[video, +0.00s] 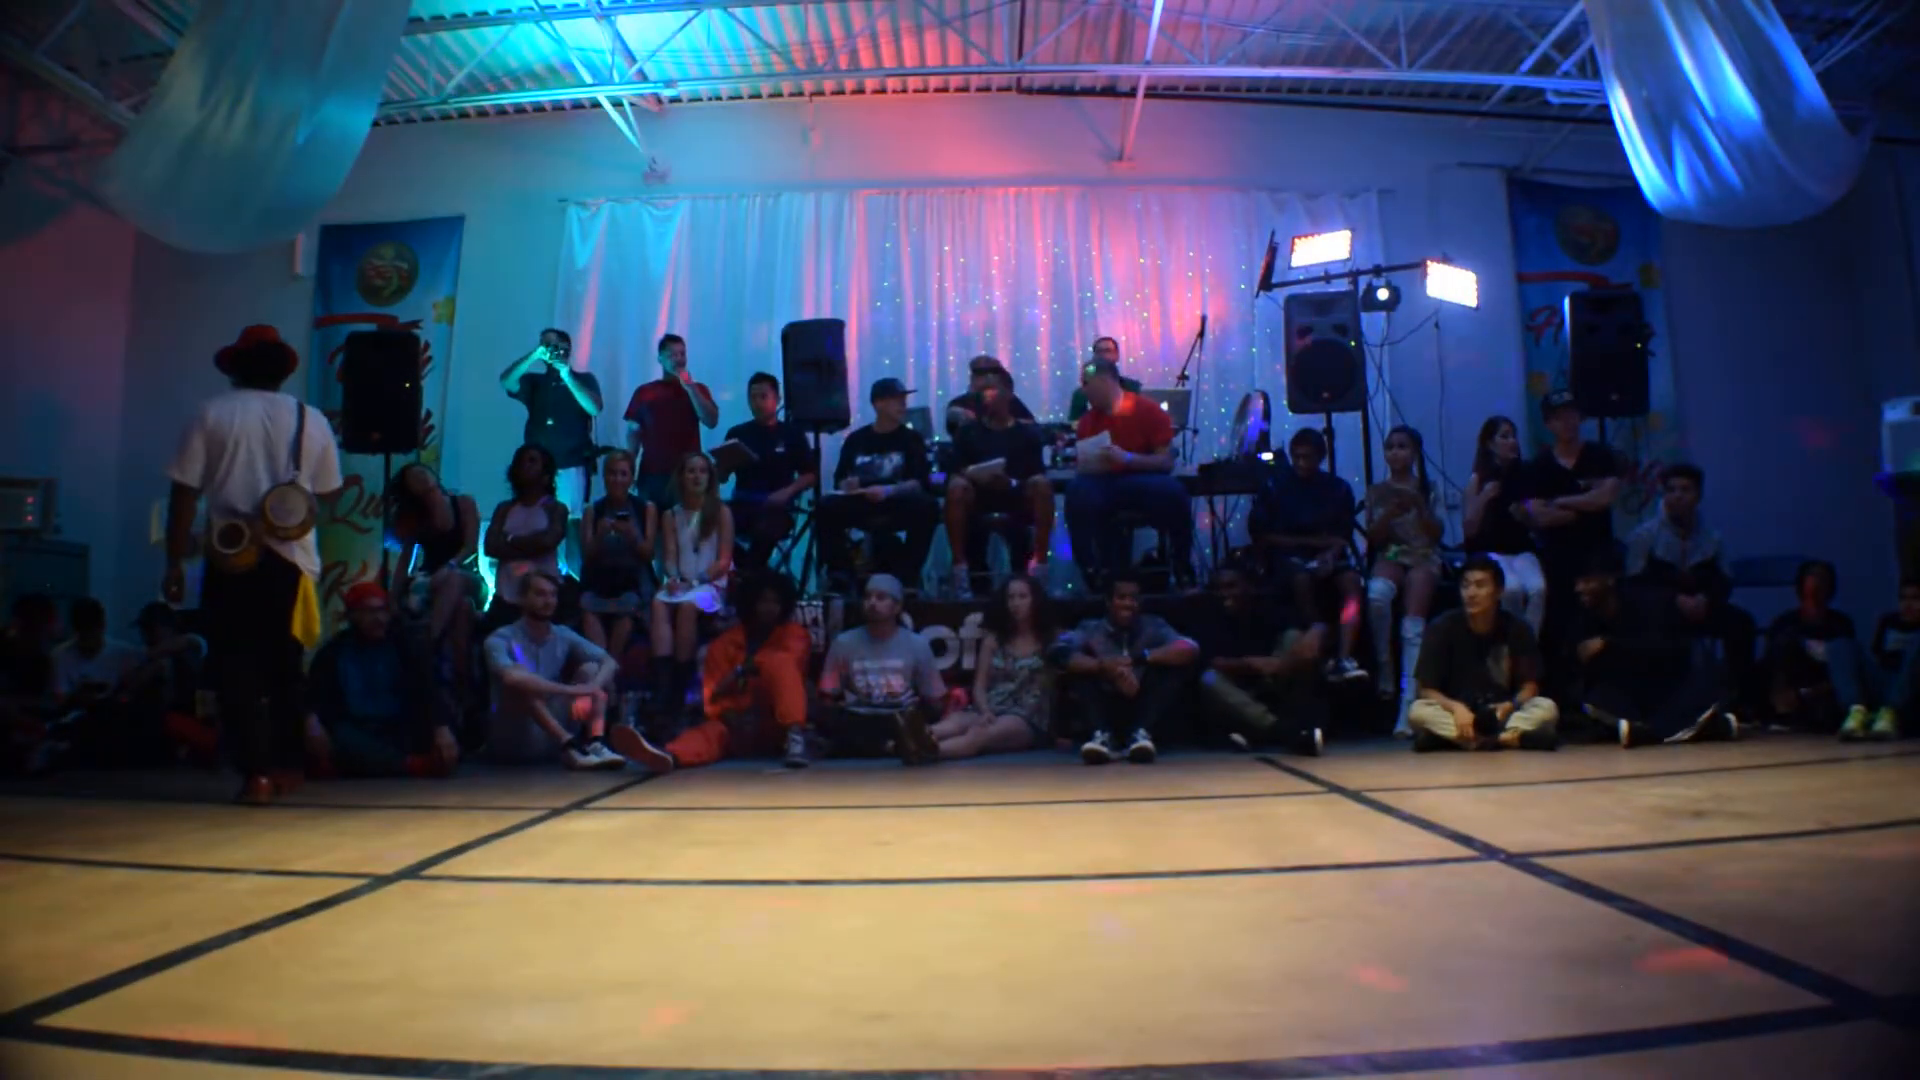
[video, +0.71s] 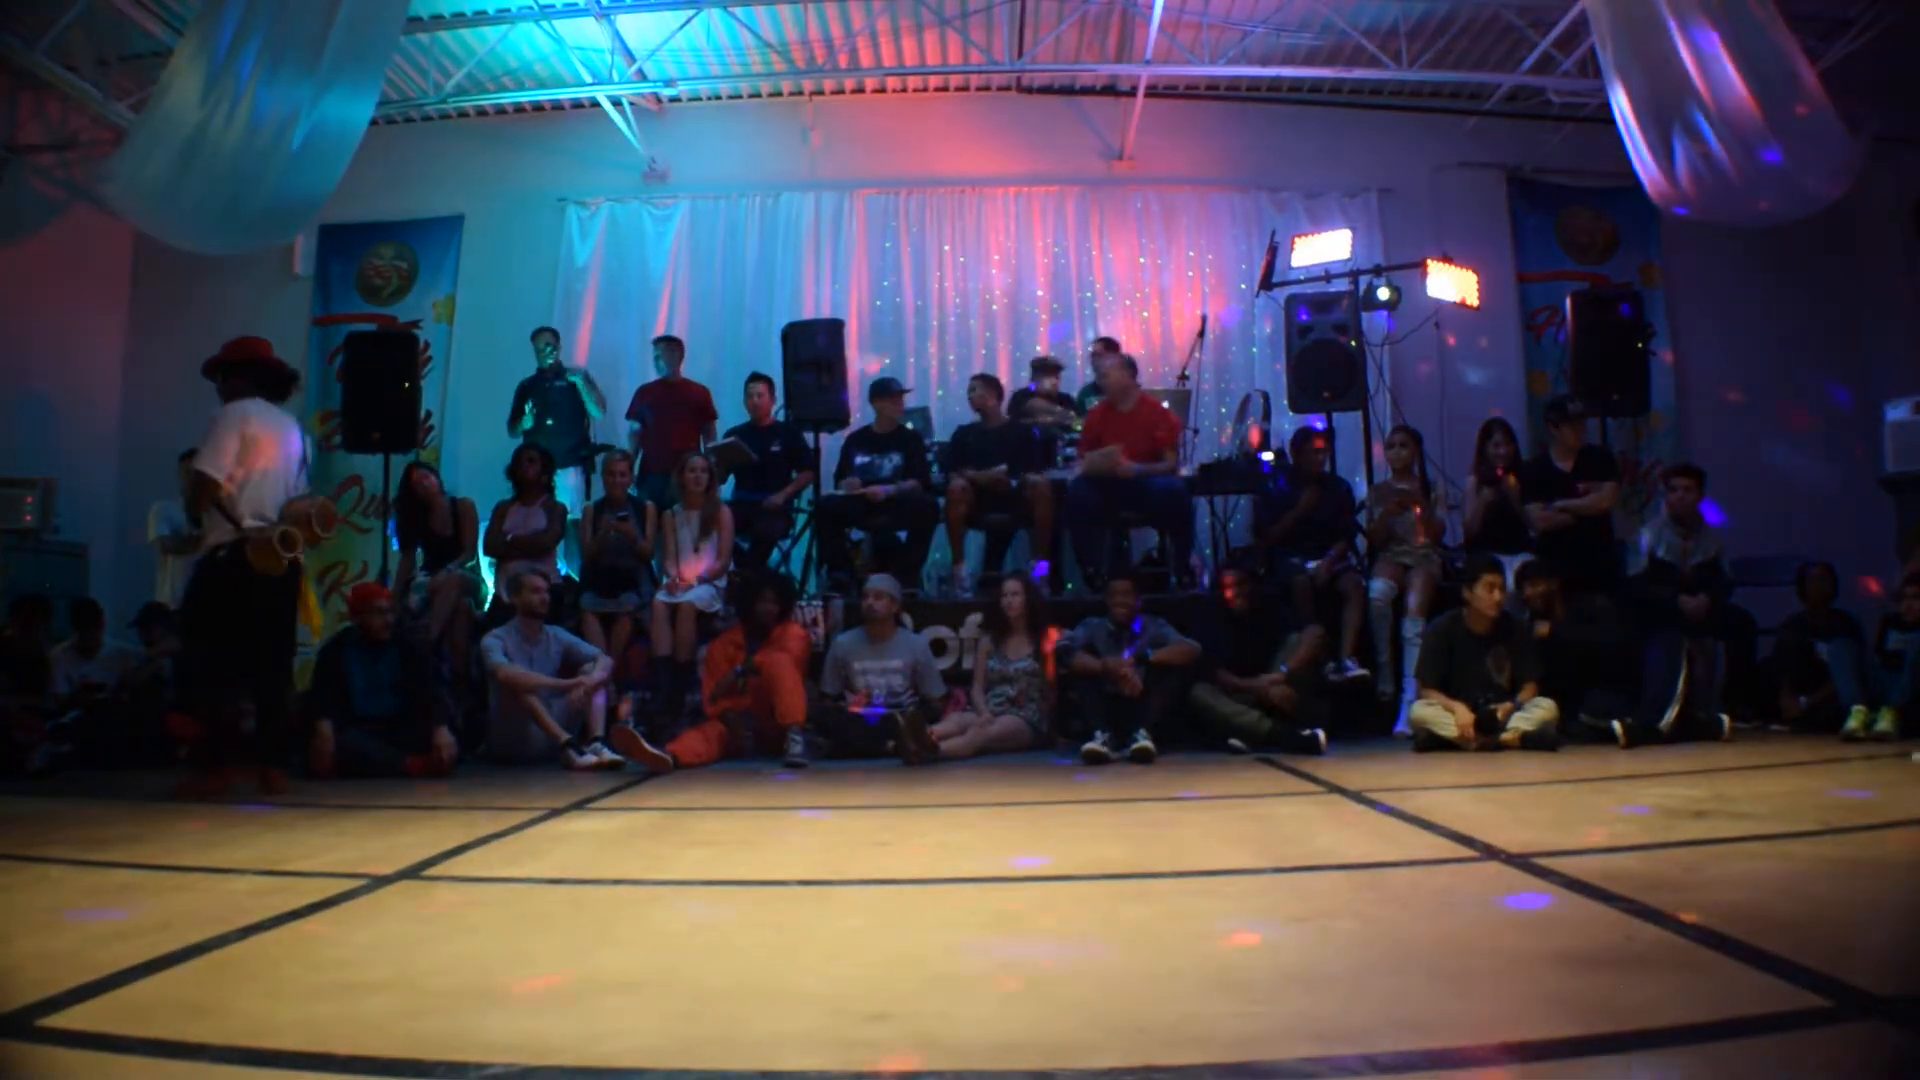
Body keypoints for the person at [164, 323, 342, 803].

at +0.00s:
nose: (234, 373)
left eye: (235, 366)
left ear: (234, 369)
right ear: (283, 371)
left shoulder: (214, 415)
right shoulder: (310, 420)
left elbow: (184, 495)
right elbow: (330, 493)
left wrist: (174, 564)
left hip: (229, 565)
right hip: (289, 566)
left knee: (234, 668)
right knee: (284, 666)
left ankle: (254, 772)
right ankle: (285, 766)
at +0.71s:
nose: (219, 386)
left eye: (222, 378)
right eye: (219, 379)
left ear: (235, 378)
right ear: (270, 379)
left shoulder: (234, 416)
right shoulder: (292, 429)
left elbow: (205, 483)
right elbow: (297, 498)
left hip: (232, 561)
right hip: (278, 562)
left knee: (211, 660)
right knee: (272, 668)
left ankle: (214, 764)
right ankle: (272, 765)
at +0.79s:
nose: (210, 388)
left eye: (215, 379)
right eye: (211, 379)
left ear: (232, 378)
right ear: (261, 379)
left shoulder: (235, 416)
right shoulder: (284, 430)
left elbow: (207, 484)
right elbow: (282, 500)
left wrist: (242, 522)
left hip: (225, 564)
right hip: (268, 564)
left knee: (205, 665)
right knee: (269, 670)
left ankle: (207, 767)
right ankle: (273, 768)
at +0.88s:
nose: (204, 389)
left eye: (209, 380)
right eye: (204, 380)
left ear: (228, 380)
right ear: (251, 381)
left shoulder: (233, 418)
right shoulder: (271, 428)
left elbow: (207, 485)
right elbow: (270, 498)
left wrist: (178, 498)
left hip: (221, 564)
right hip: (259, 563)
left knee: (205, 667)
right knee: (265, 667)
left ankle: (207, 766)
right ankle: (272, 767)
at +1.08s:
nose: (189, 391)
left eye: (196, 381)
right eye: (189, 382)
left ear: (218, 382)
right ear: (223, 384)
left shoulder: (234, 422)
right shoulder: (229, 425)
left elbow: (205, 483)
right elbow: (207, 492)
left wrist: (168, 470)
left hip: (217, 565)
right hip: (210, 566)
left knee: (207, 667)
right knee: (208, 667)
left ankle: (211, 764)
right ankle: (213, 760)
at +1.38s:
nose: (172, 386)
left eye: (180, 377)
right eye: (171, 378)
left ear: (205, 379)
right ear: (180, 383)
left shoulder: (227, 422)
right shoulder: (190, 428)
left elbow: (185, 464)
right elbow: (181, 513)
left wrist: (162, 416)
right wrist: (155, 564)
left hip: (209, 567)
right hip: (176, 571)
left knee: (196, 670)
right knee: (160, 669)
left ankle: (203, 764)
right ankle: (166, 763)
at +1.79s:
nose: (128, 383)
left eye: (137, 374)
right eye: (126, 375)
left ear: (163, 377)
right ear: (130, 382)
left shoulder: (189, 418)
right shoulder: (127, 429)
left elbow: (167, 444)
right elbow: (115, 501)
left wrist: (129, 404)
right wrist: (97, 554)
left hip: (170, 572)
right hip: (124, 577)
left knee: (179, 675)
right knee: (119, 679)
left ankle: (204, 764)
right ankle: (118, 768)